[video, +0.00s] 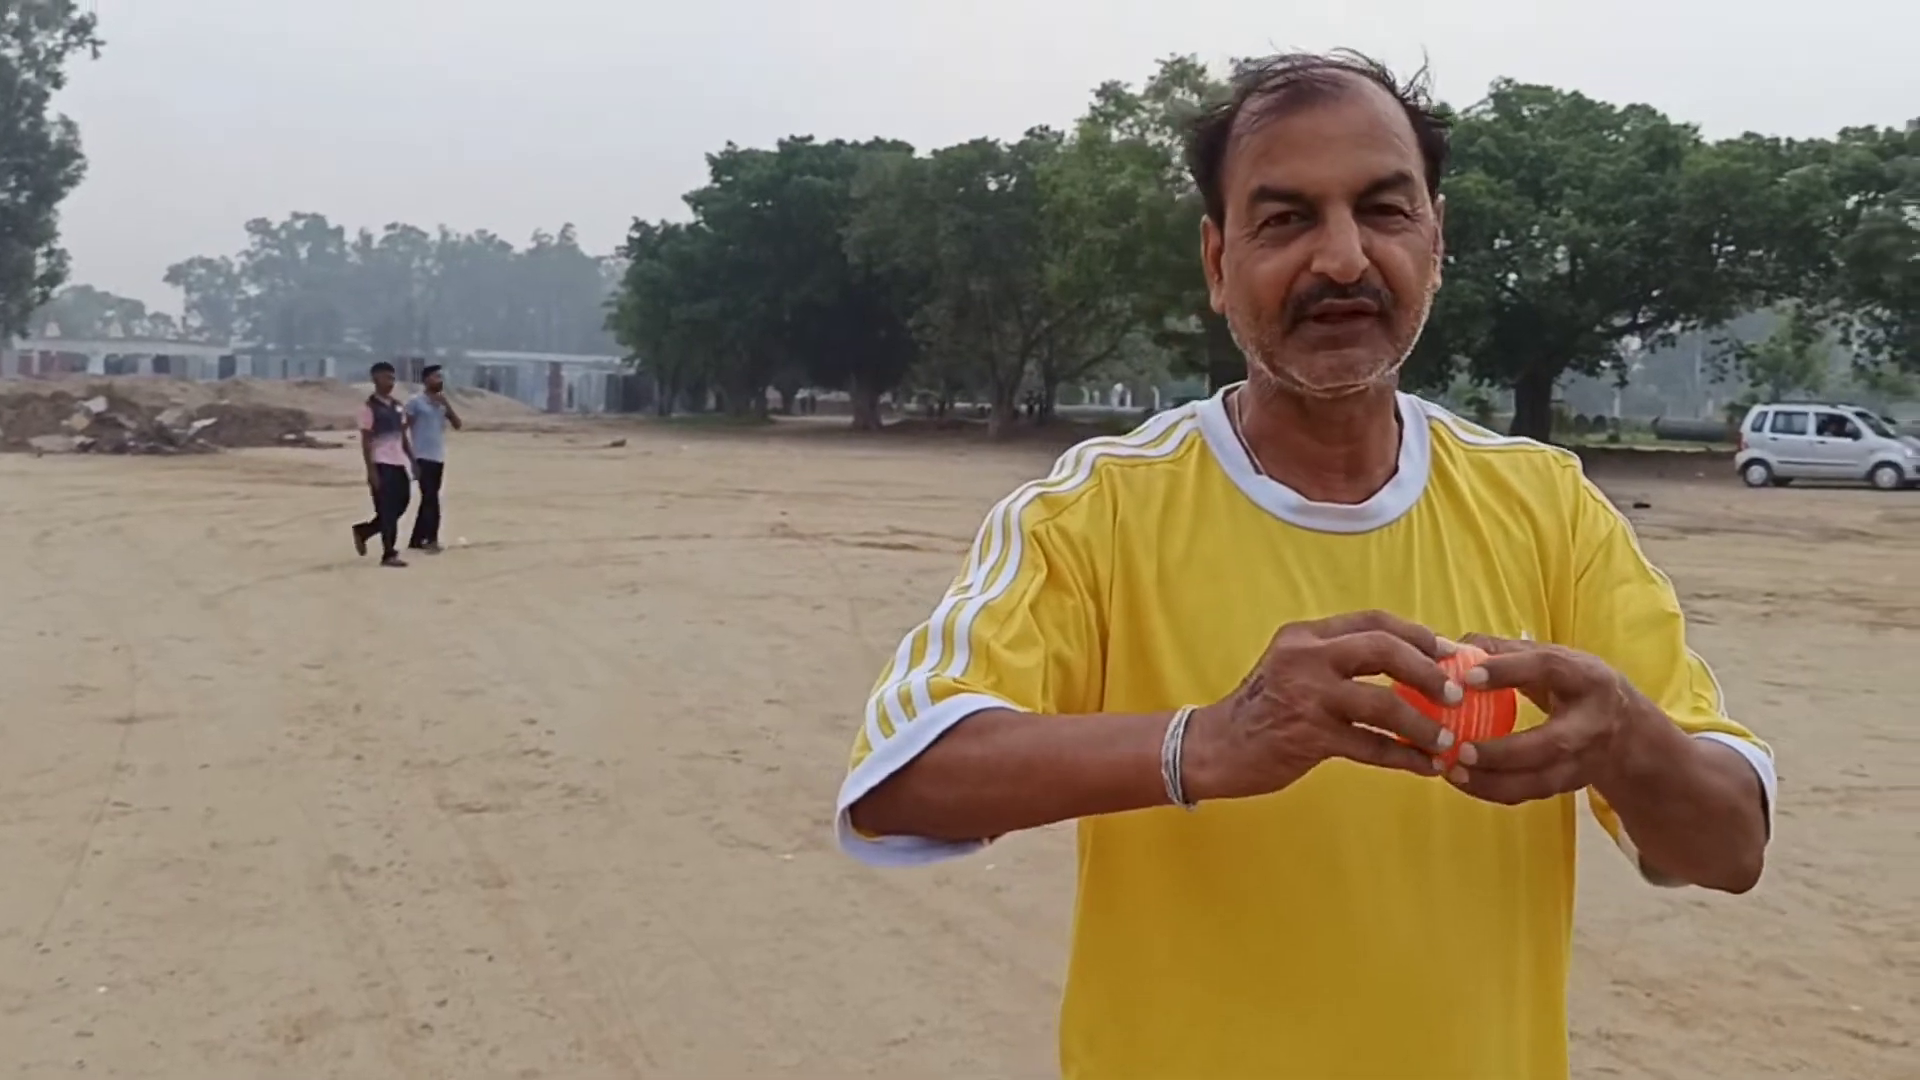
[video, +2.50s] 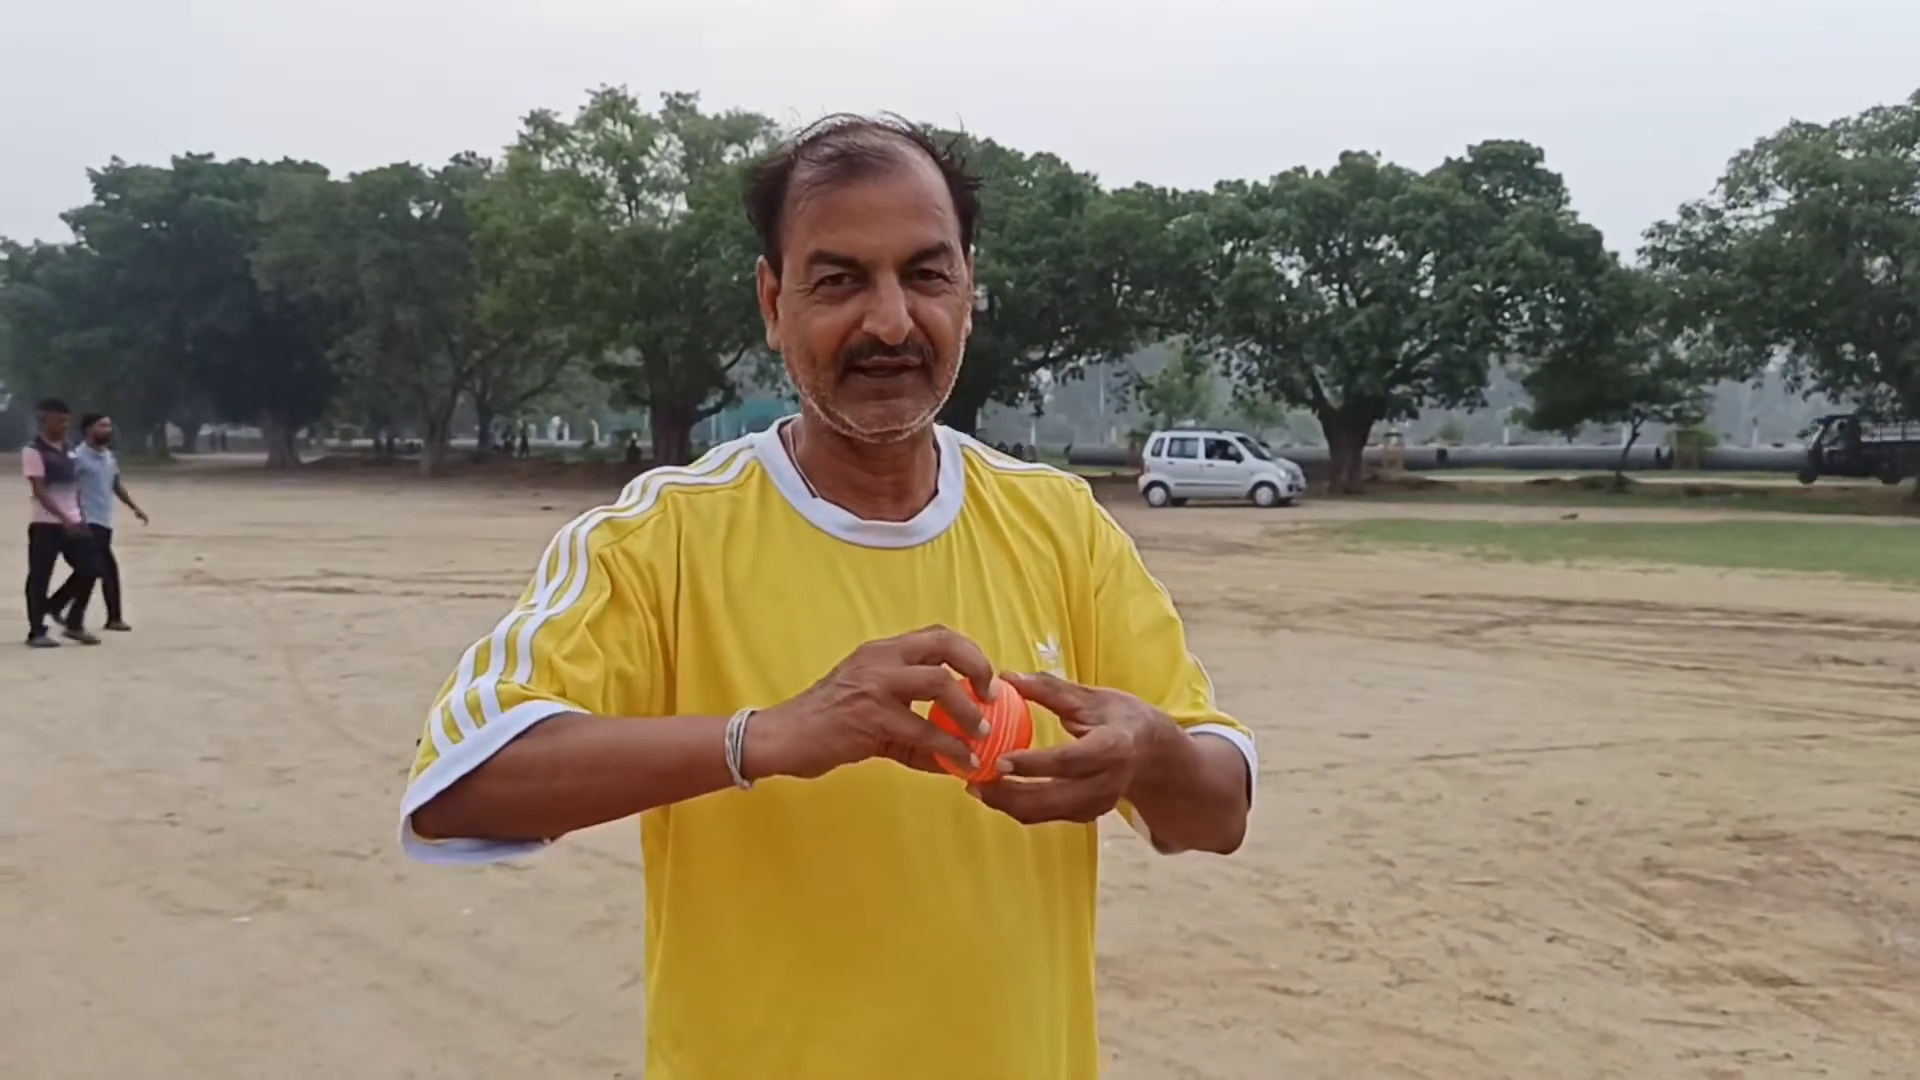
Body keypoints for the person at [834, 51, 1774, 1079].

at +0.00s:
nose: (1344, 256)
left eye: (1382, 208)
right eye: (1285, 219)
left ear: (1435, 239)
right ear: (1216, 265)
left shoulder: (1550, 510)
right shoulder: (1096, 511)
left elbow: (1732, 854)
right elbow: (897, 778)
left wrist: (1637, 753)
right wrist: (1199, 747)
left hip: (1486, 1057)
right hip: (1164, 1057)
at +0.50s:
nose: (1201, 291)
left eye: (1240, 242)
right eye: (1144, 255)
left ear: (1299, 276)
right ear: (1085, 304)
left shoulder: (1417, 543)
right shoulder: (970, 554)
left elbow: (1620, 865)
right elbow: (764, 829)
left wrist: (1461, 755)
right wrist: (1062, 788)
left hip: (1364, 1052)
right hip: (1054, 1052)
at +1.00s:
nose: (1170, 303)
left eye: (1204, 252)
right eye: (1112, 264)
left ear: (1256, 272)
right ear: (1047, 303)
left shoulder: (1365, 534)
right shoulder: (935, 541)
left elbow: (1569, 830)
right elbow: (745, 812)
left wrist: (1463, 764)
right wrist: (1056, 768)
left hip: (1319, 1058)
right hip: (1013, 1058)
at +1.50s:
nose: (1033, 289)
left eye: (1067, 243)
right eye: (980, 254)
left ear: (1118, 273)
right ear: (919, 300)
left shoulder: (1227, 525)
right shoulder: (815, 534)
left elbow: (1388, 826)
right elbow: (640, 796)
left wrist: (1323, 734)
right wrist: (947, 718)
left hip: (1183, 1052)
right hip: (900, 1052)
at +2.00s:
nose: (970, 328)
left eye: (1006, 278)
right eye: (920, 286)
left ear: (1051, 287)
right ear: (853, 304)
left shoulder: (1149, 530)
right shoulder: (747, 537)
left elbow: (1310, 818)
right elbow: (553, 786)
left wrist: (1241, 757)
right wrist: (865, 720)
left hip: (1108, 1054)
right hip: (828, 1053)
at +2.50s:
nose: (890, 320)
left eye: (926, 274)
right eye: (840, 280)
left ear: (969, 290)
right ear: (773, 301)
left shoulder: (1066, 531)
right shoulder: (658, 539)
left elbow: (1222, 820)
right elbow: (457, 785)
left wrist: (1153, 758)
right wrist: (762, 740)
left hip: (1027, 1056)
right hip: (742, 1056)